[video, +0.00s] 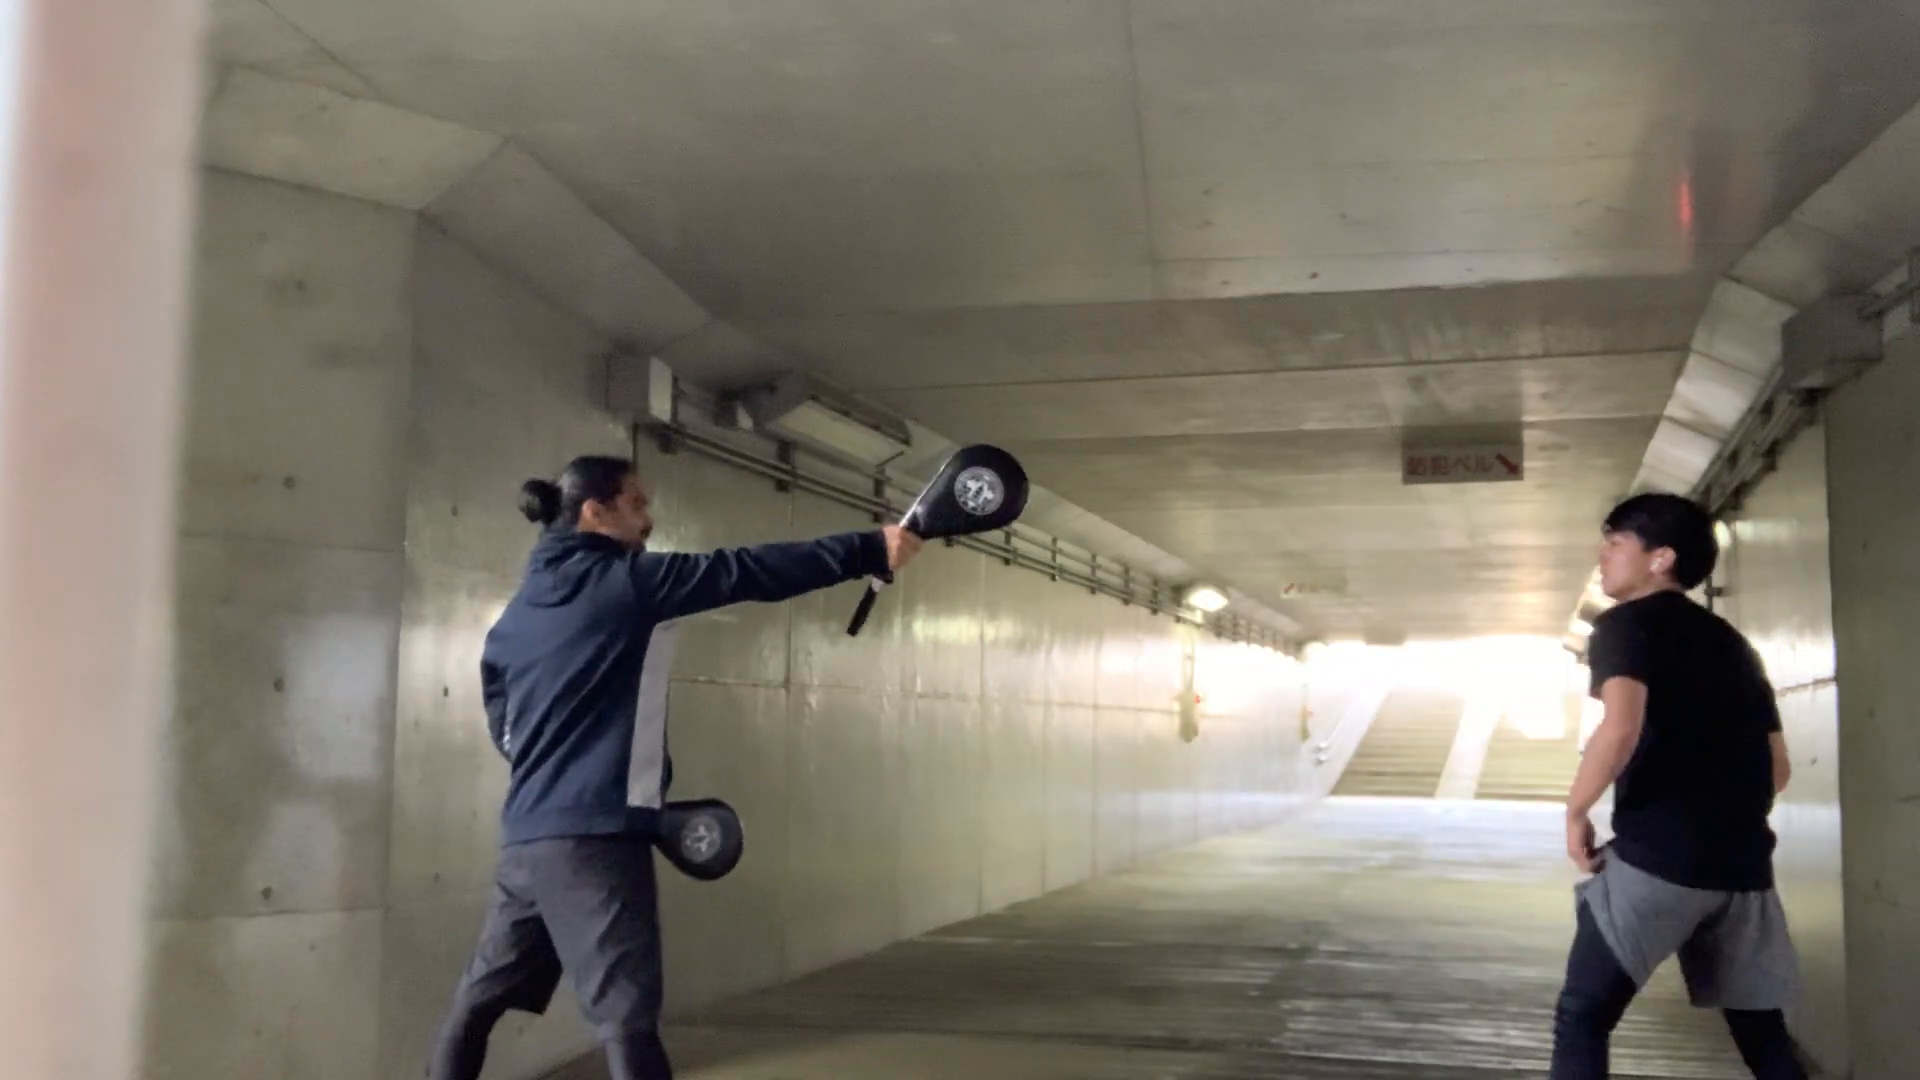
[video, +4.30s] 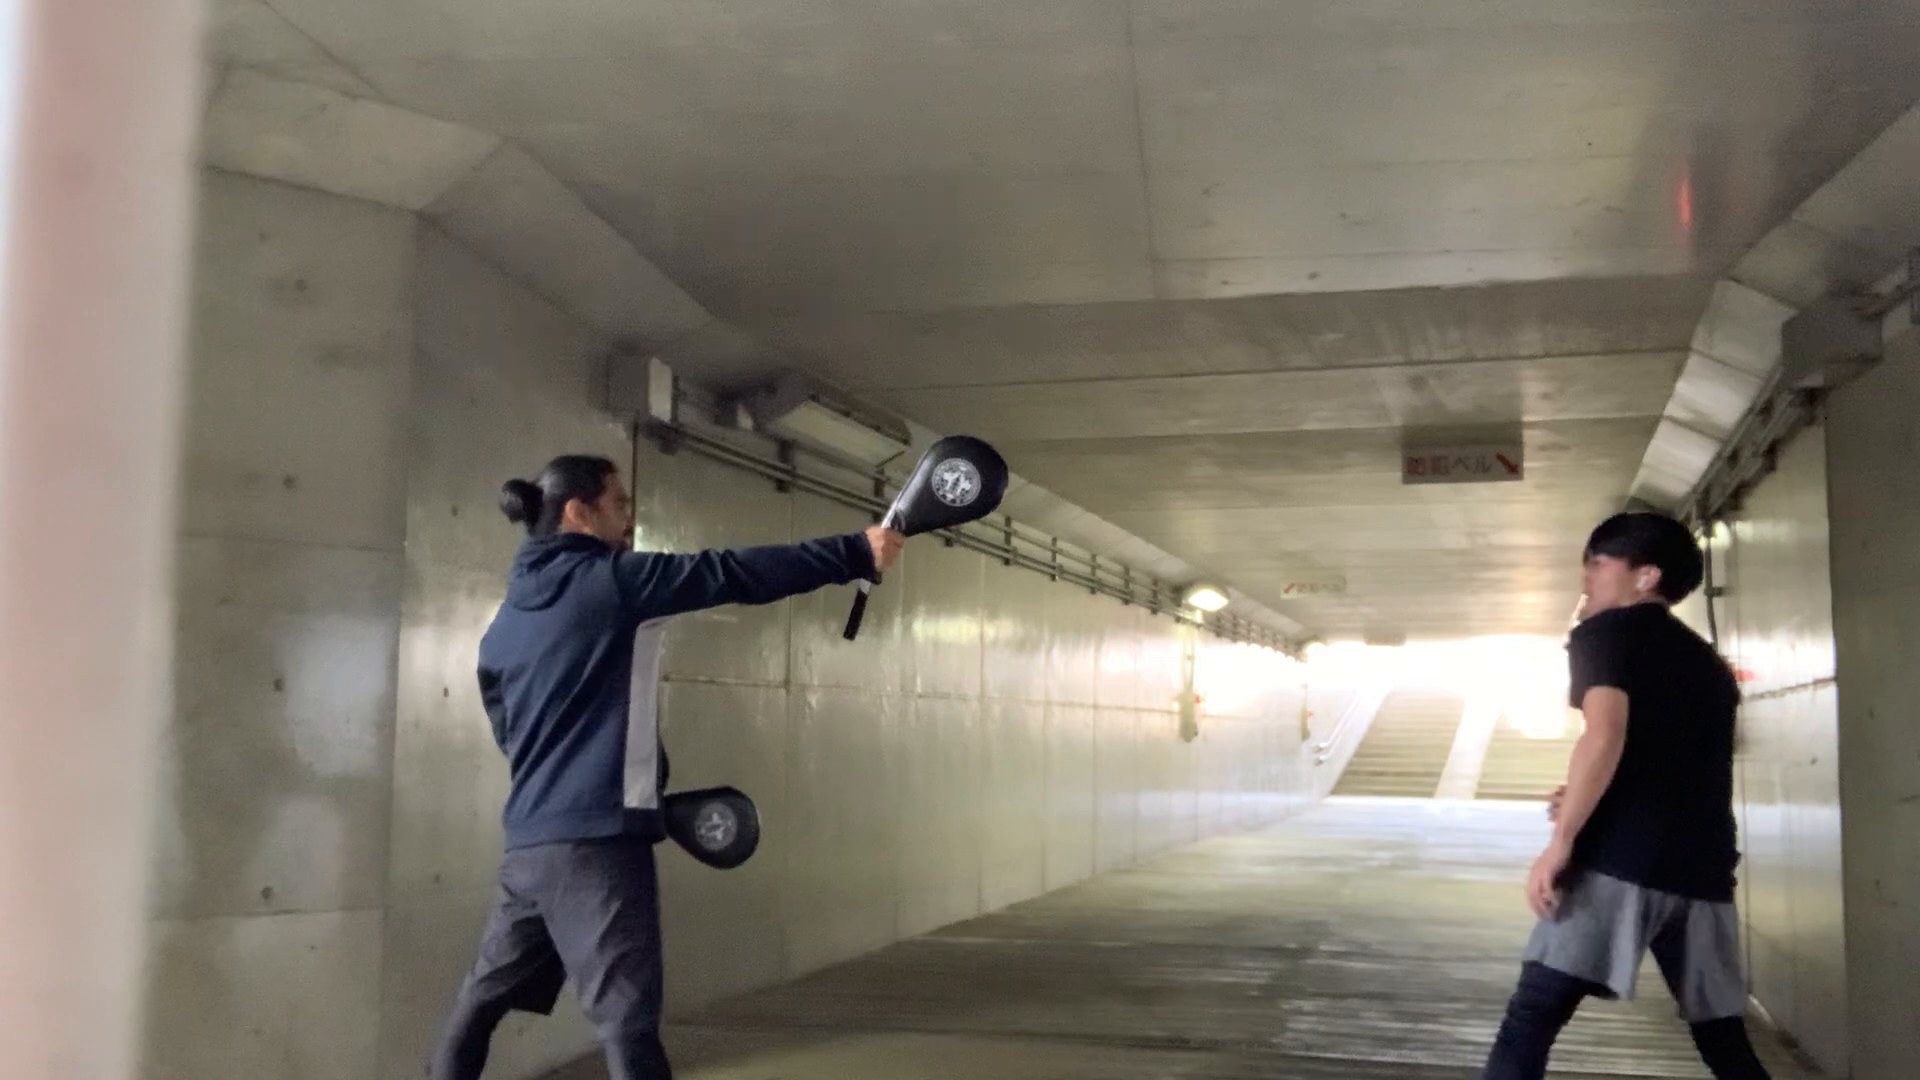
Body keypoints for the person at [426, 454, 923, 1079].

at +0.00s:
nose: (650, 518)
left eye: (646, 503)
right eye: (638, 504)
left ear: (586, 513)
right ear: (594, 511)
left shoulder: (510, 622)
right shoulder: (628, 578)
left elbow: (511, 736)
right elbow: (746, 571)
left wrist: (613, 789)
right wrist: (873, 548)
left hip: (529, 834)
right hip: (592, 832)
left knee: (475, 1004)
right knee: (626, 1022)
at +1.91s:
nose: (648, 521)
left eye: (646, 506)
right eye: (637, 506)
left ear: (584, 518)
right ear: (592, 515)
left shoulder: (513, 629)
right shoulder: (612, 582)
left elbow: (533, 750)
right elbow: (719, 595)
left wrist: (643, 801)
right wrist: (843, 586)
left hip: (535, 837)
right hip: (598, 835)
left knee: (485, 998)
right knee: (633, 1023)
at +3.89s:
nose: (634, 517)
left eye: (630, 504)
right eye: (623, 504)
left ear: (568, 517)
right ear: (578, 513)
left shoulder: (501, 633)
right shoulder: (611, 578)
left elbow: (526, 747)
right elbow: (731, 572)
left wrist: (637, 785)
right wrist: (855, 546)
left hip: (532, 841)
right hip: (595, 841)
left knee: (477, 1009)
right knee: (628, 1029)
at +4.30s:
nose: (632, 518)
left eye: (629, 505)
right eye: (621, 505)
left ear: (565, 516)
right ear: (576, 512)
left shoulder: (499, 633)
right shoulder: (611, 578)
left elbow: (522, 743)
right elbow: (731, 573)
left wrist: (637, 784)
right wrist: (856, 552)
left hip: (531, 840)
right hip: (596, 838)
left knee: (476, 1008)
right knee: (628, 1027)